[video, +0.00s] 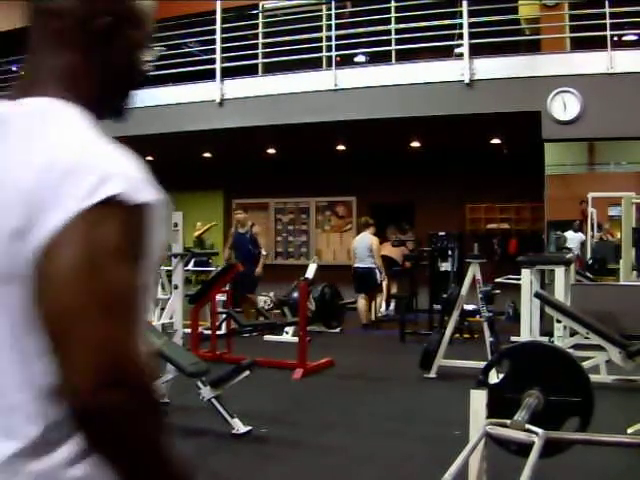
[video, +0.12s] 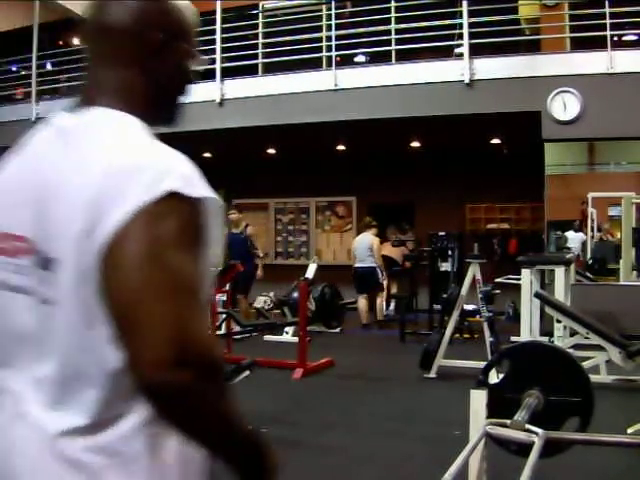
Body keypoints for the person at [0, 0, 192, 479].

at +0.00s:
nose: (143, 67)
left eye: (144, 46)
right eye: (138, 43)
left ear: (48, 28)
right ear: (100, 29)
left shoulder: (9, 127)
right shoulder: (94, 172)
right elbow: (102, 387)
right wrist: (162, 466)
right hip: (50, 461)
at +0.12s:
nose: (193, 69)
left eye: (192, 54)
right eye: (188, 52)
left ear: (94, 50)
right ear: (159, 50)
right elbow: (170, 364)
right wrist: (251, 453)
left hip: (20, 451)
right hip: (114, 463)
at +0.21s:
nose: (224, 89)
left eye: (224, 71)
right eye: (220, 70)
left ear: (133, 69)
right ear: (191, 67)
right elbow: (199, 362)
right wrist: (284, 445)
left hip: (61, 439)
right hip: (152, 460)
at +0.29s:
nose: (255, 106)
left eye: (255, 91)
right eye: (252, 90)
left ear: (173, 83)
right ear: (228, 87)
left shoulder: (112, 178)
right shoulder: (207, 191)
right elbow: (217, 363)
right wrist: (302, 446)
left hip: (106, 438)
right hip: (184, 458)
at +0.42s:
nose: (299, 126)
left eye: (301, 110)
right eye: (297, 108)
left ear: (227, 91)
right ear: (272, 98)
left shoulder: (177, 178)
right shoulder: (234, 191)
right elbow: (230, 349)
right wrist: (316, 440)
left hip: (169, 457)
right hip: (229, 464)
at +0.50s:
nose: (332, 129)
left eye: (333, 112)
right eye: (329, 111)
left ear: (261, 93)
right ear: (303, 102)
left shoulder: (224, 167)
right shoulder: (250, 182)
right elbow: (233, 334)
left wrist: (320, 355)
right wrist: (327, 430)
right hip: (246, 460)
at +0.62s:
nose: (376, 132)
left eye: (377, 118)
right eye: (373, 117)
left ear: (309, 99)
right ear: (351, 114)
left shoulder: (298, 182)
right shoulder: (283, 189)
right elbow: (256, 334)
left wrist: (376, 344)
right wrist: (355, 430)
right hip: (276, 457)